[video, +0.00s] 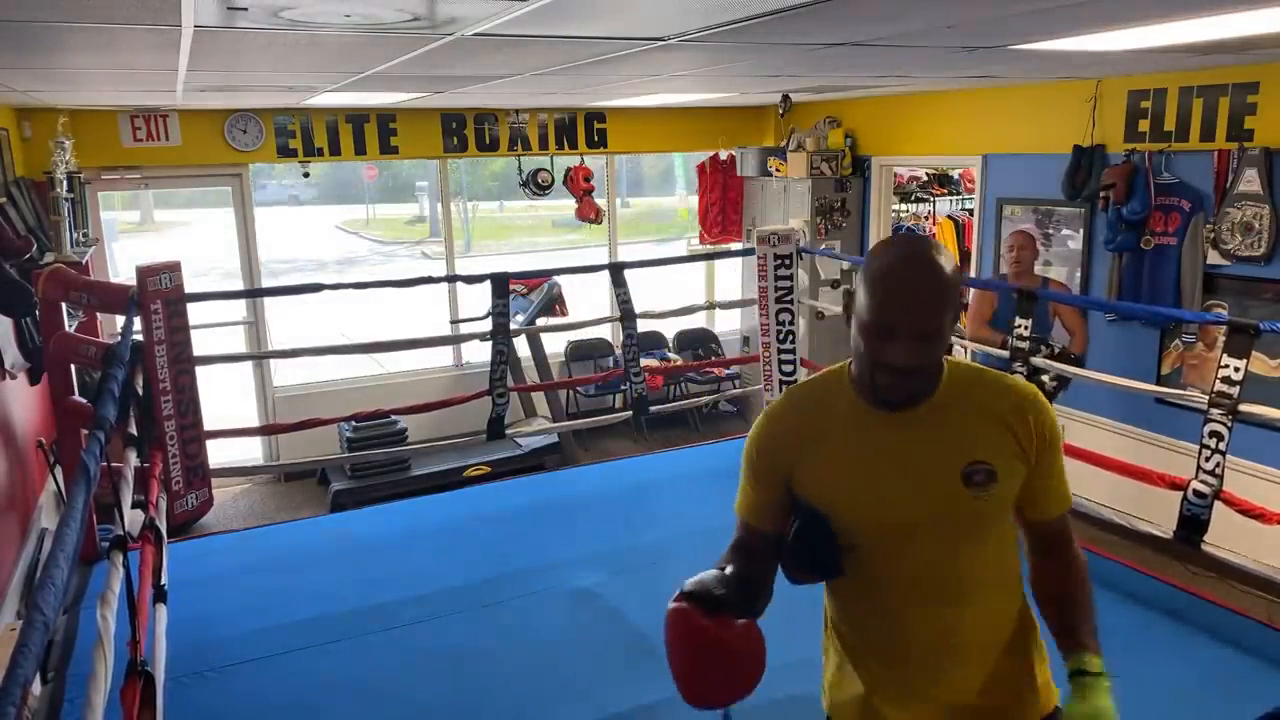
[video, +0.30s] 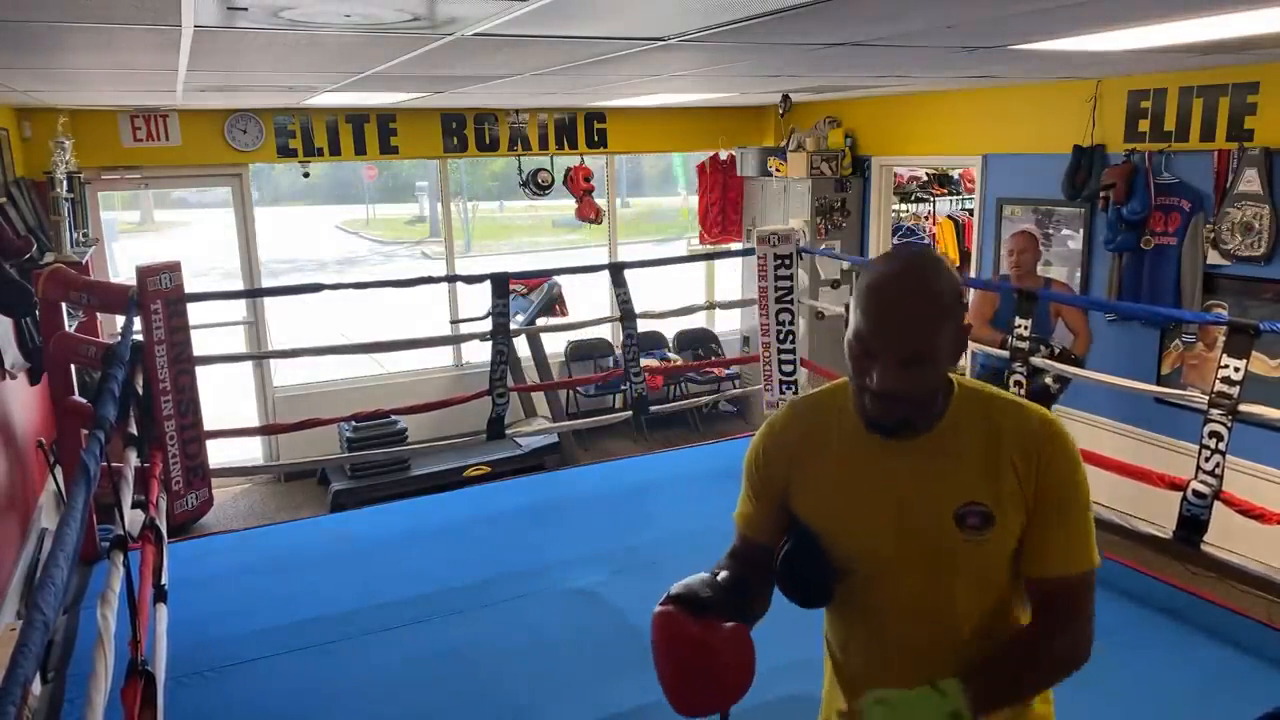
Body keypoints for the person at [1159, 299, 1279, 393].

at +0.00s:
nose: (1220, 326)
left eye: (1223, 321)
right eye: (1215, 320)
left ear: (1226, 327)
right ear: (1201, 325)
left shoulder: (1232, 350)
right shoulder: (1189, 349)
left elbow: (1271, 367)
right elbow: (1163, 369)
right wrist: (1179, 345)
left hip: (1218, 408)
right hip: (1188, 404)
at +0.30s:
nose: (1220, 325)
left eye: (1223, 321)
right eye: (1215, 320)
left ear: (1226, 327)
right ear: (1201, 324)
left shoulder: (1232, 350)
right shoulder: (1189, 349)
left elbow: (1271, 367)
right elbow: (1163, 369)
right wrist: (1179, 345)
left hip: (1218, 407)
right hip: (1188, 403)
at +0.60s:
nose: (1219, 325)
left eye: (1223, 321)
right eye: (1214, 319)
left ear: (1226, 326)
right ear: (1201, 324)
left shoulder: (1232, 350)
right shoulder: (1189, 349)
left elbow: (1271, 368)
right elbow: (1163, 369)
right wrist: (1179, 345)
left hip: (1218, 408)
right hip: (1188, 404)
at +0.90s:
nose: (1220, 327)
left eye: (1223, 322)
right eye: (1215, 322)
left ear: (1226, 327)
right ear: (1201, 325)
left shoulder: (1231, 350)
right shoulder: (1190, 348)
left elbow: (1270, 368)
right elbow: (1163, 369)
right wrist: (1178, 347)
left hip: (1218, 405)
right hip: (1189, 401)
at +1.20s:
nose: (1220, 327)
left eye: (1223, 322)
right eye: (1215, 321)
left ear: (1226, 327)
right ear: (1201, 325)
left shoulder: (1231, 350)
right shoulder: (1189, 348)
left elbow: (1270, 368)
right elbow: (1163, 369)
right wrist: (1178, 346)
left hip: (1218, 405)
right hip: (1189, 401)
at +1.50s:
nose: (1220, 327)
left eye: (1223, 323)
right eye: (1214, 321)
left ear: (1226, 328)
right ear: (1201, 326)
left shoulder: (1231, 350)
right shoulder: (1189, 349)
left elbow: (1271, 368)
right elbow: (1162, 370)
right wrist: (1178, 347)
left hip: (1218, 406)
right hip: (1189, 402)